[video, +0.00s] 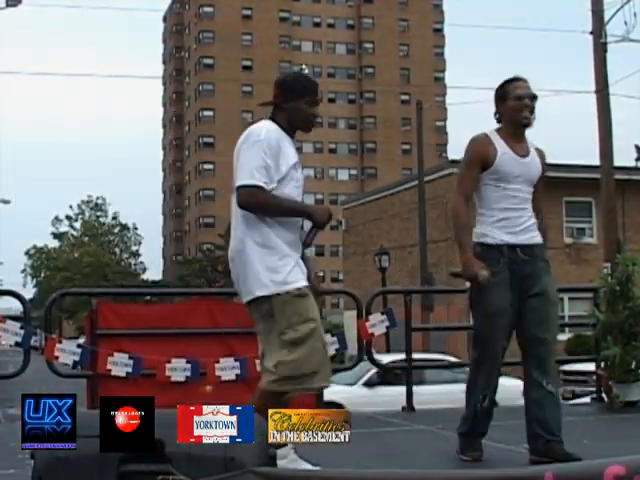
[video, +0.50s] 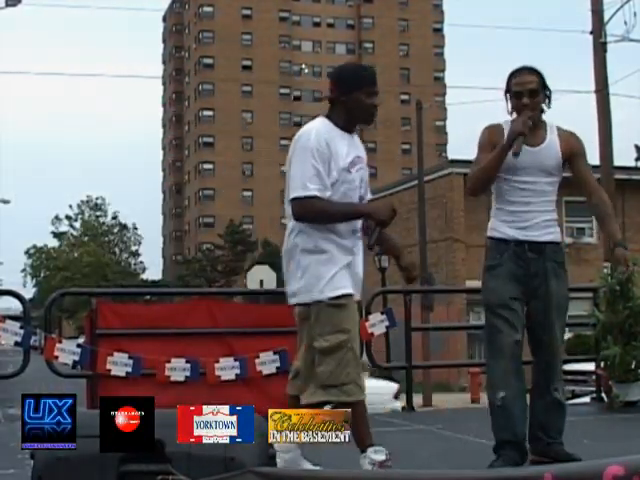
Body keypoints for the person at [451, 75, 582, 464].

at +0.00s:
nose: (528, 104)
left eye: (531, 98)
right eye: (519, 99)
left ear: (535, 106)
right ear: (500, 107)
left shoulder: (536, 157)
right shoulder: (483, 145)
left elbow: (536, 209)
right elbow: (462, 200)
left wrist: (544, 252)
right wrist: (467, 256)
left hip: (533, 257)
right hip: (492, 257)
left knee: (542, 352)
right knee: (490, 353)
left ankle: (545, 443)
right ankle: (471, 438)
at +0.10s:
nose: (533, 101)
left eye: (538, 96)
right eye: (524, 96)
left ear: (544, 104)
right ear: (508, 105)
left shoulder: (550, 155)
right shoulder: (490, 144)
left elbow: (554, 209)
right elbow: (465, 196)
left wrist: (559, 255)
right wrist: (473, 244)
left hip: (543, 258)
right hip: (501, 256)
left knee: (546, 352)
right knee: (500, 342)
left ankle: (546, 443)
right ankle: (477, 423)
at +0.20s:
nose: (535, 101)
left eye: (541, 95)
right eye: (527, 95)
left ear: (550, 102)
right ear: (513, 102)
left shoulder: (559, 151)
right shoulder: (493, 141)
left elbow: (573, 208)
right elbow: (467, 192)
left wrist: (582, 265)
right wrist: (482, 218)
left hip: (547, 257)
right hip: (504, 254)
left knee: (548, 349)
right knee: (502, 338)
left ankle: (545, 442)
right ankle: (486, 421)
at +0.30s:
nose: (536, 100)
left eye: (542, 93)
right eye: (528, 94)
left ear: (552, 99)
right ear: (515, 100)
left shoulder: (566, 147)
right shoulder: (496, 139)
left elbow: (586, 201)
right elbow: (468, 188)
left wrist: (600, 253)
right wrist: (491, 193)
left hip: (548, 256)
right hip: (503, 254)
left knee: (549, 351)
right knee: (502, 348)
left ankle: (546, 443)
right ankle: (495, 442)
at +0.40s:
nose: (532, 100)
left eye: (539, 93)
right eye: (525, 94)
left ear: (550, 99)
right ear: (513, 100)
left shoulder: (569, 143)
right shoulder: (497, 137)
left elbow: (594, 197)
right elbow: (471, 190)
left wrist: (612, 247)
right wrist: (502, 164)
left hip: (549, 254)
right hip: (503, 252)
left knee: (549, 349)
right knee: (502, 347)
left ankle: (547, 442)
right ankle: (505, 447)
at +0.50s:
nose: (526, 101)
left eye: (533, 94)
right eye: (518, 95)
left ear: (545, 97)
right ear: (507, 100)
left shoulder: (566, 142)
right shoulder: (493, 136)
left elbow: (595, 194)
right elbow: (473, 187)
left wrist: (615, 242)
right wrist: (508, 144)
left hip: (549, 254)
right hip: (503, 252)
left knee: (549, 350)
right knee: (504, 348)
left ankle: (547, 443)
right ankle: (509, 448)